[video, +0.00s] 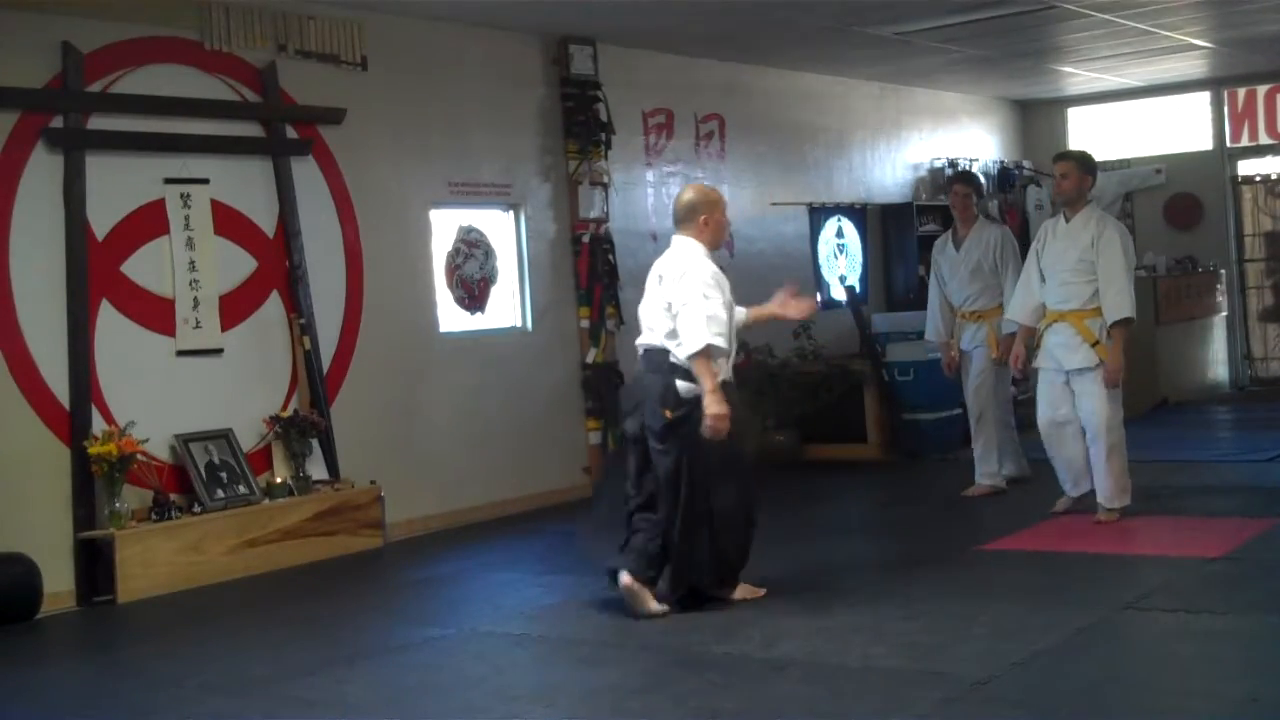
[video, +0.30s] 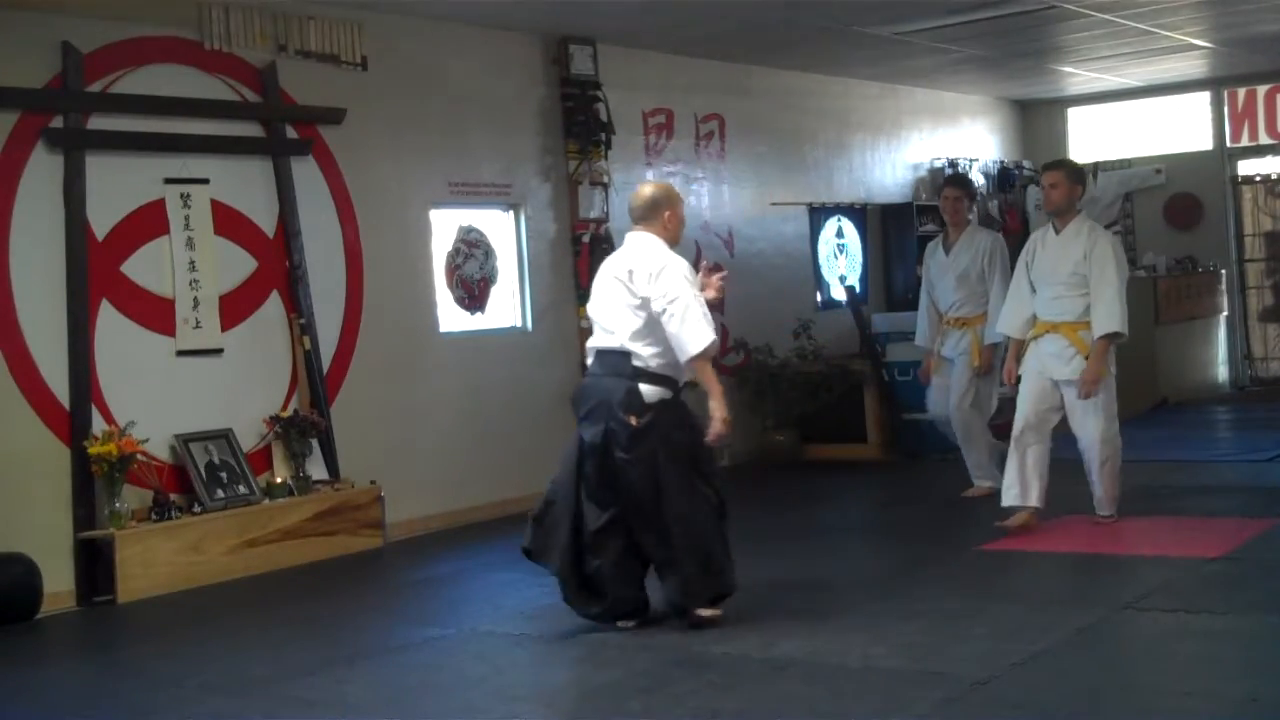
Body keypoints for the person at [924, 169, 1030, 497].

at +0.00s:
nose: (961, 202)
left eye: (967, 196)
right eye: (955, 196)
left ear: (978, 199)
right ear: (948, 201)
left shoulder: (998, 235)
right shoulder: (942, 246)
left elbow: (1014, 285)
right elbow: (939, 298)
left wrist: (1010, 332)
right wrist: (946, 343)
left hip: (992, 326)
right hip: (964, 327)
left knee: (979, 400)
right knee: (989, 398)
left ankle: (989, 476)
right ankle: (1014, 464)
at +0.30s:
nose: (952, 206)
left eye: (959, 200)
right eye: (946, 200)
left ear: (971, 203)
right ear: (939, 206)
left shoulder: (989, 242)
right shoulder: (933, 249)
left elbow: (999, 295)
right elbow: (928, 302)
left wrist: (990, 344)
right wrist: (929, 351)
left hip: (979, 334)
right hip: (948, 335)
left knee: (964, 408)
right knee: (938, 408)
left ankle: (986, 480)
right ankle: (997, 451)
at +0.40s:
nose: (945, 207)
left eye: (952, 200)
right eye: (939, 200)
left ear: (966, 205)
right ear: (932, 206)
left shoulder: (984, 244)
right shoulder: (927, 250)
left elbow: (991, 298)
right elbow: (922, 304)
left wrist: (983, 347)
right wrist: (919, 350)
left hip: (971, 335)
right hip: (939, 335)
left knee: (962, 409)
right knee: (920, 406)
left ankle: (984, 478)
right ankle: (956, 468)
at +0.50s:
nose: (932, 203)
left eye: (939, 197)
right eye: (927, 197)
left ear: (953, 202)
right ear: (921, 203)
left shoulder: (972, 241)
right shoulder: (916, 246)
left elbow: (981, 295)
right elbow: (911, 299)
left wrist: (976, 343)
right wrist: (911, 345)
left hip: (961, 332)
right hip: (927, 332)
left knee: (963, 409)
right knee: (908, 406)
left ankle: (983, 479)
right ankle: (921, 479)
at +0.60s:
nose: (916, 202)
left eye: (923, 196)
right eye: (911, 197)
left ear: (938, 200)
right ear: (906, 202)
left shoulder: (957, 238)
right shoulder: (902, 246)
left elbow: (970, 293)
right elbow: (898, 300)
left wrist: (968, 343)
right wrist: (897, 346)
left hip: (952, 333)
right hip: (915, 333)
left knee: (965, 411)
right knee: (899, 406)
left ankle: (984, 479)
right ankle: (881, 481)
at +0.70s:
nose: (900, 205)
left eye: (906, 198)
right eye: (894, 199)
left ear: (919, 202)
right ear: (888, 205)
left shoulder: (939, 241)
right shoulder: (885, 250)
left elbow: (956, 293)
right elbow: (883, 304)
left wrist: (954, 340)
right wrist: (885, 346)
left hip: (940, 337)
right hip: (901, 340)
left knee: (962, 414)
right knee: (883, 411)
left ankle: (988, 479)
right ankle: (859, 483)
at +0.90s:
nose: (851, 210)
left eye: (858, 203)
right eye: (846, 204)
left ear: (872, 206)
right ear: (842, 209)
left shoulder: (895, 246)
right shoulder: (847, 257)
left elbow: (913, 298)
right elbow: (849, 310)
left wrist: (911, 343)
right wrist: (850, 351)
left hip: (893, 345)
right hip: (857, 348)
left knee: (922, 416)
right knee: (850, 422)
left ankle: (969, 463)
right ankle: (851, 497)